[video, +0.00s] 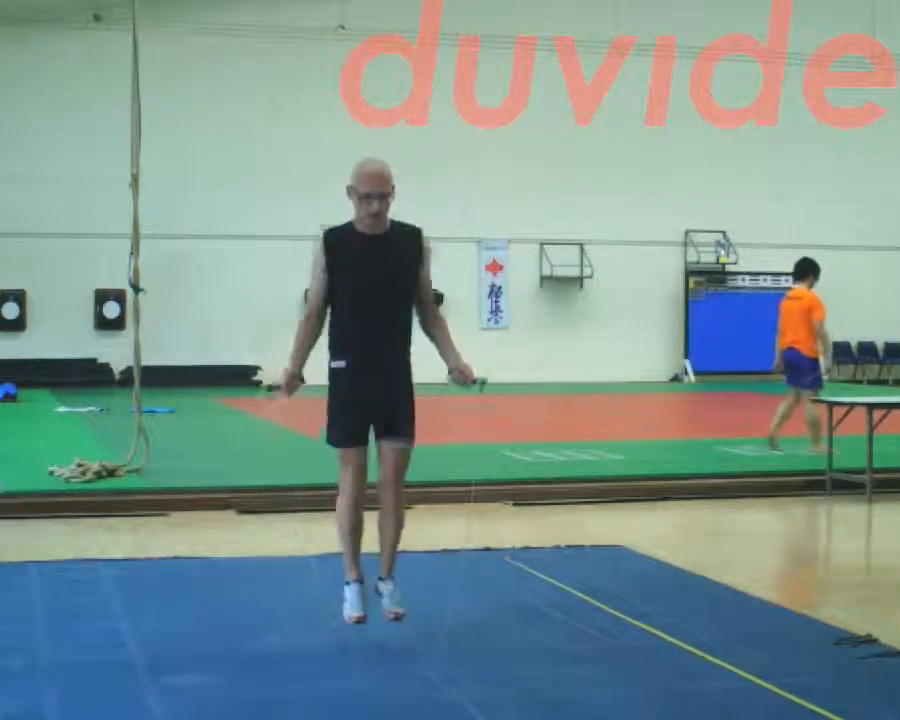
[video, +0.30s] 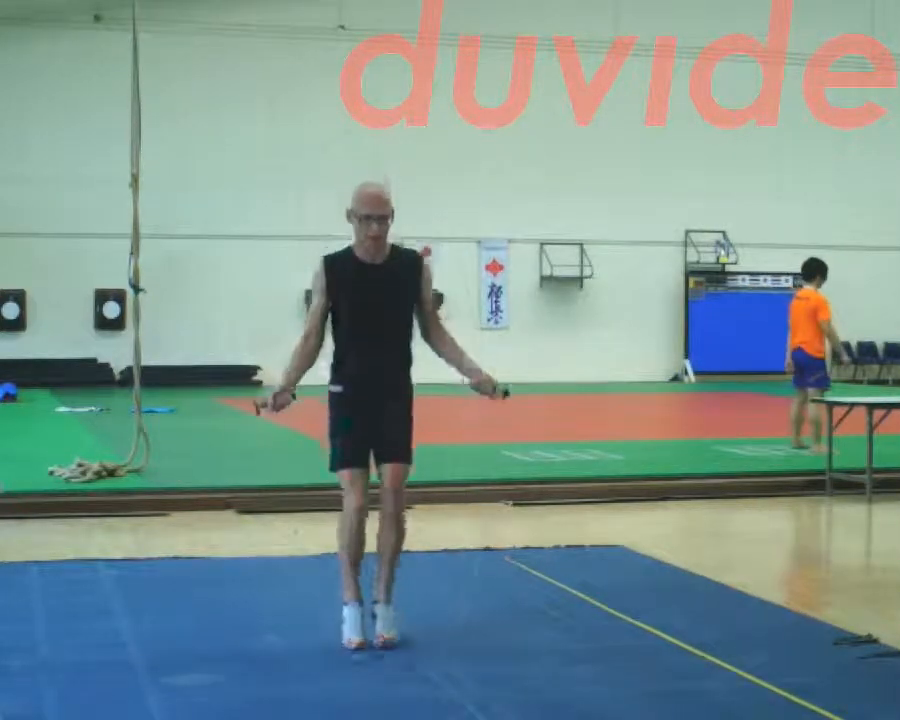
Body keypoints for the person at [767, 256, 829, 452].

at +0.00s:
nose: (816, 281)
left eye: (816, 277)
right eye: (815, 277)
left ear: (795, 276)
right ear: (811, 277)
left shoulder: (786, 299)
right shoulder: (812, 299)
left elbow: (781, 331)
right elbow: (818, 327)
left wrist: (779, 356)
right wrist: (826, 350)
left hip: (788, 350)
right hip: (806, 351)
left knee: (794, 394)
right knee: (810, 397)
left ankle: (773, 432)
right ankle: (817, 442)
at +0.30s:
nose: (824, 281)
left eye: (824, 277)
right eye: (824, 277)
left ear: (804, 275)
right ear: (820, 277)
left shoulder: (796, 298)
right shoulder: (818, 299)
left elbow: (792, 330)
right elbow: (825, 326)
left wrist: (789, 355)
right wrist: (839, 349)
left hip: (796, 351)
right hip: (813, 351)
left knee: (800, 395)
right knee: (815, 398)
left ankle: (795, 438)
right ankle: (817, 442)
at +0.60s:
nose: (824, 280)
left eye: (824, 276)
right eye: (823, 276)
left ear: (804, 275)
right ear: (818, 276)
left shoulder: (798, 296)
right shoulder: (818, 299)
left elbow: (797, 323)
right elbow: (822, 325)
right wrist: (829, 347)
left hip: (798, 348)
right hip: (814, 350)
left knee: (800, 395)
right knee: (816, 397)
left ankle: (796, 438)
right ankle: (817, 442)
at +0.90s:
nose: (826, 279)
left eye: (826, 275)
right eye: (825, 275)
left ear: (807, 275)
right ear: (819, 275)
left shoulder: (801, 295)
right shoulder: (819, 298)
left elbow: (799, 323)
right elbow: (822, 327)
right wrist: (831, 352)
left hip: (799, 348)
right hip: (814, 350)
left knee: (801, 395)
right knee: (817, 397)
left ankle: (796, 439)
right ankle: (818, 441)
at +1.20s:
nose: (834, 278)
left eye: (834, 275)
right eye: (833, 275)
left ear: (814, 275)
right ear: (829, 275)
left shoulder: (806, 296)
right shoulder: (826, 299)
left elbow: (803, 323)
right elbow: (829, 328)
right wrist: (837, 353)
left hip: (804, 348)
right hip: (819, 350)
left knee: (806, 395)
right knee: (818, 397)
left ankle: (799, 437)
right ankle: (817, 441)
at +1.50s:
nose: (840, 279)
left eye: (839, 275)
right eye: (839, 275)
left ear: (819, 275)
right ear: (835, 276)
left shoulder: (812, 296)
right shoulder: (829, 298)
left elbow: (805, 325)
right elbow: (832, 326)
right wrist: (837, 355)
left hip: (806, 349)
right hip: (820, 351)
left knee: (816, 398)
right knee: (818, 399)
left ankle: (811, 441)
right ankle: (812, 443)